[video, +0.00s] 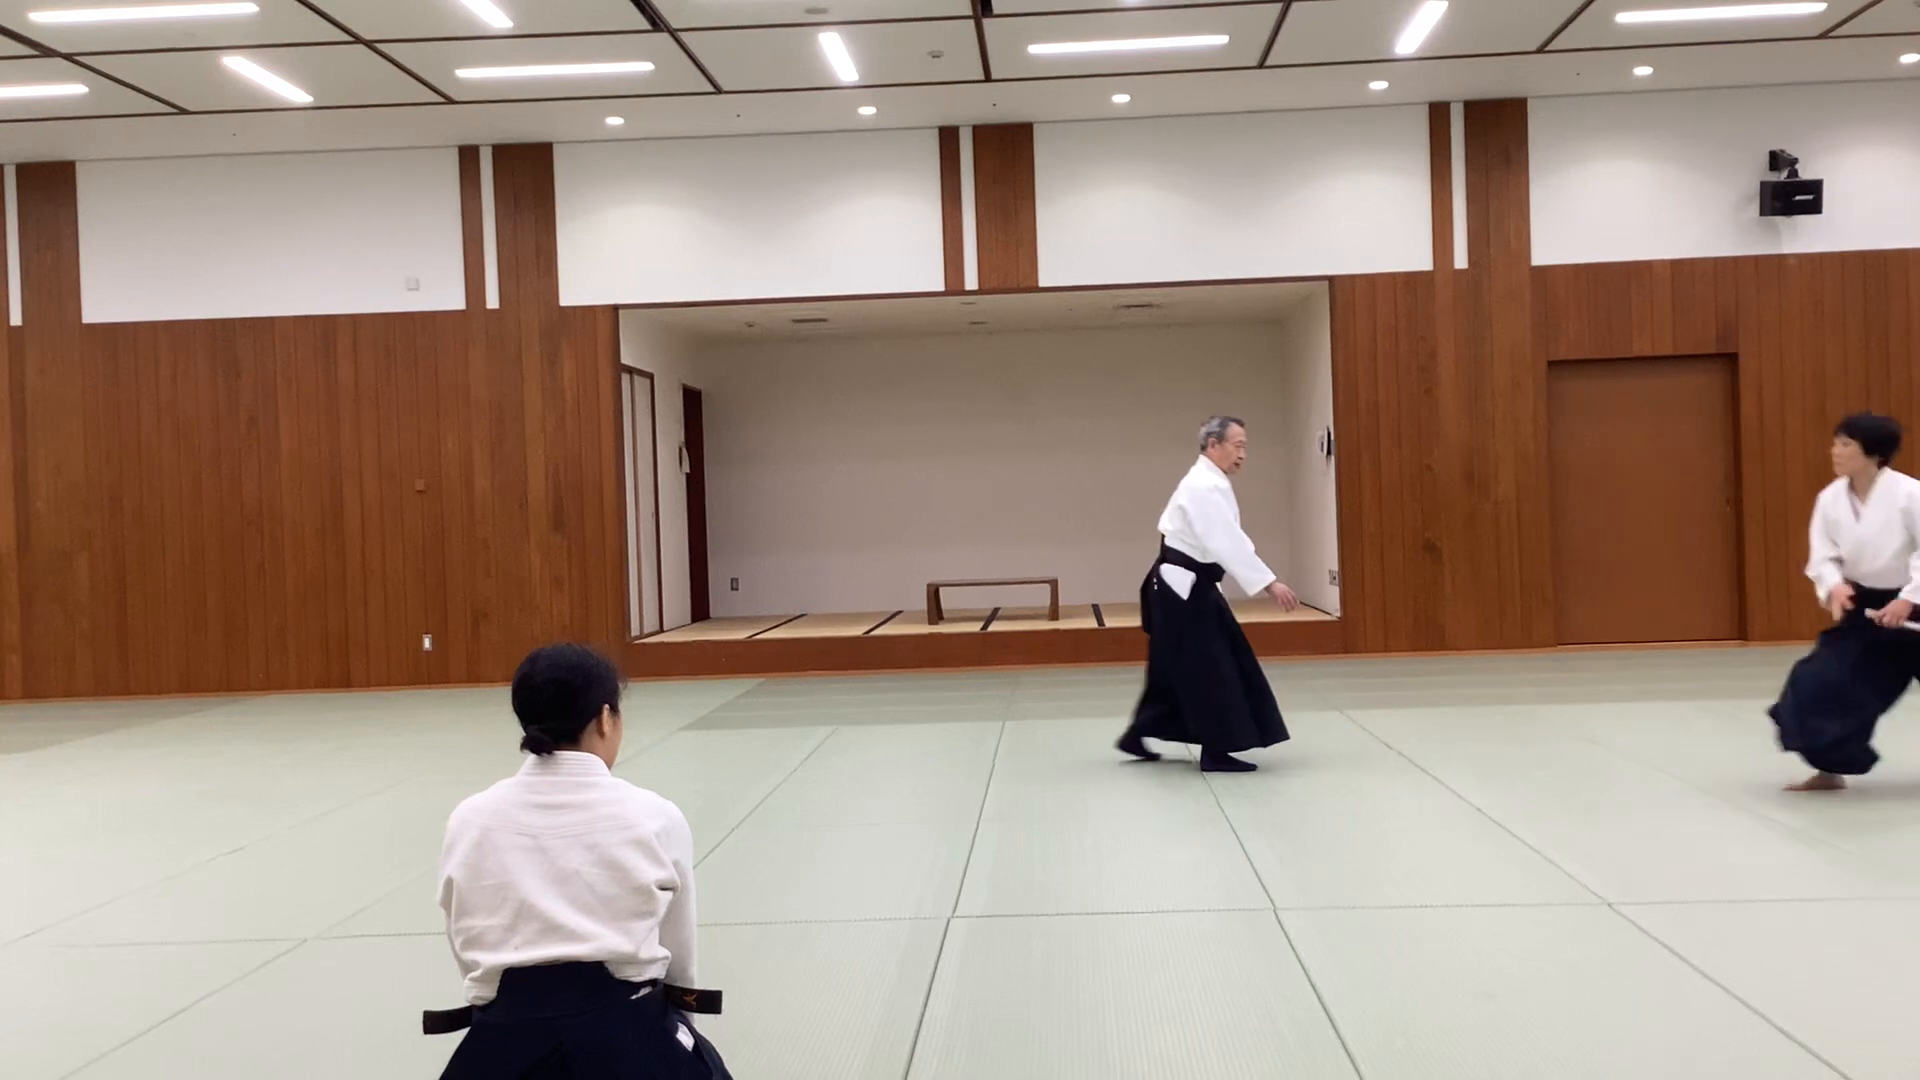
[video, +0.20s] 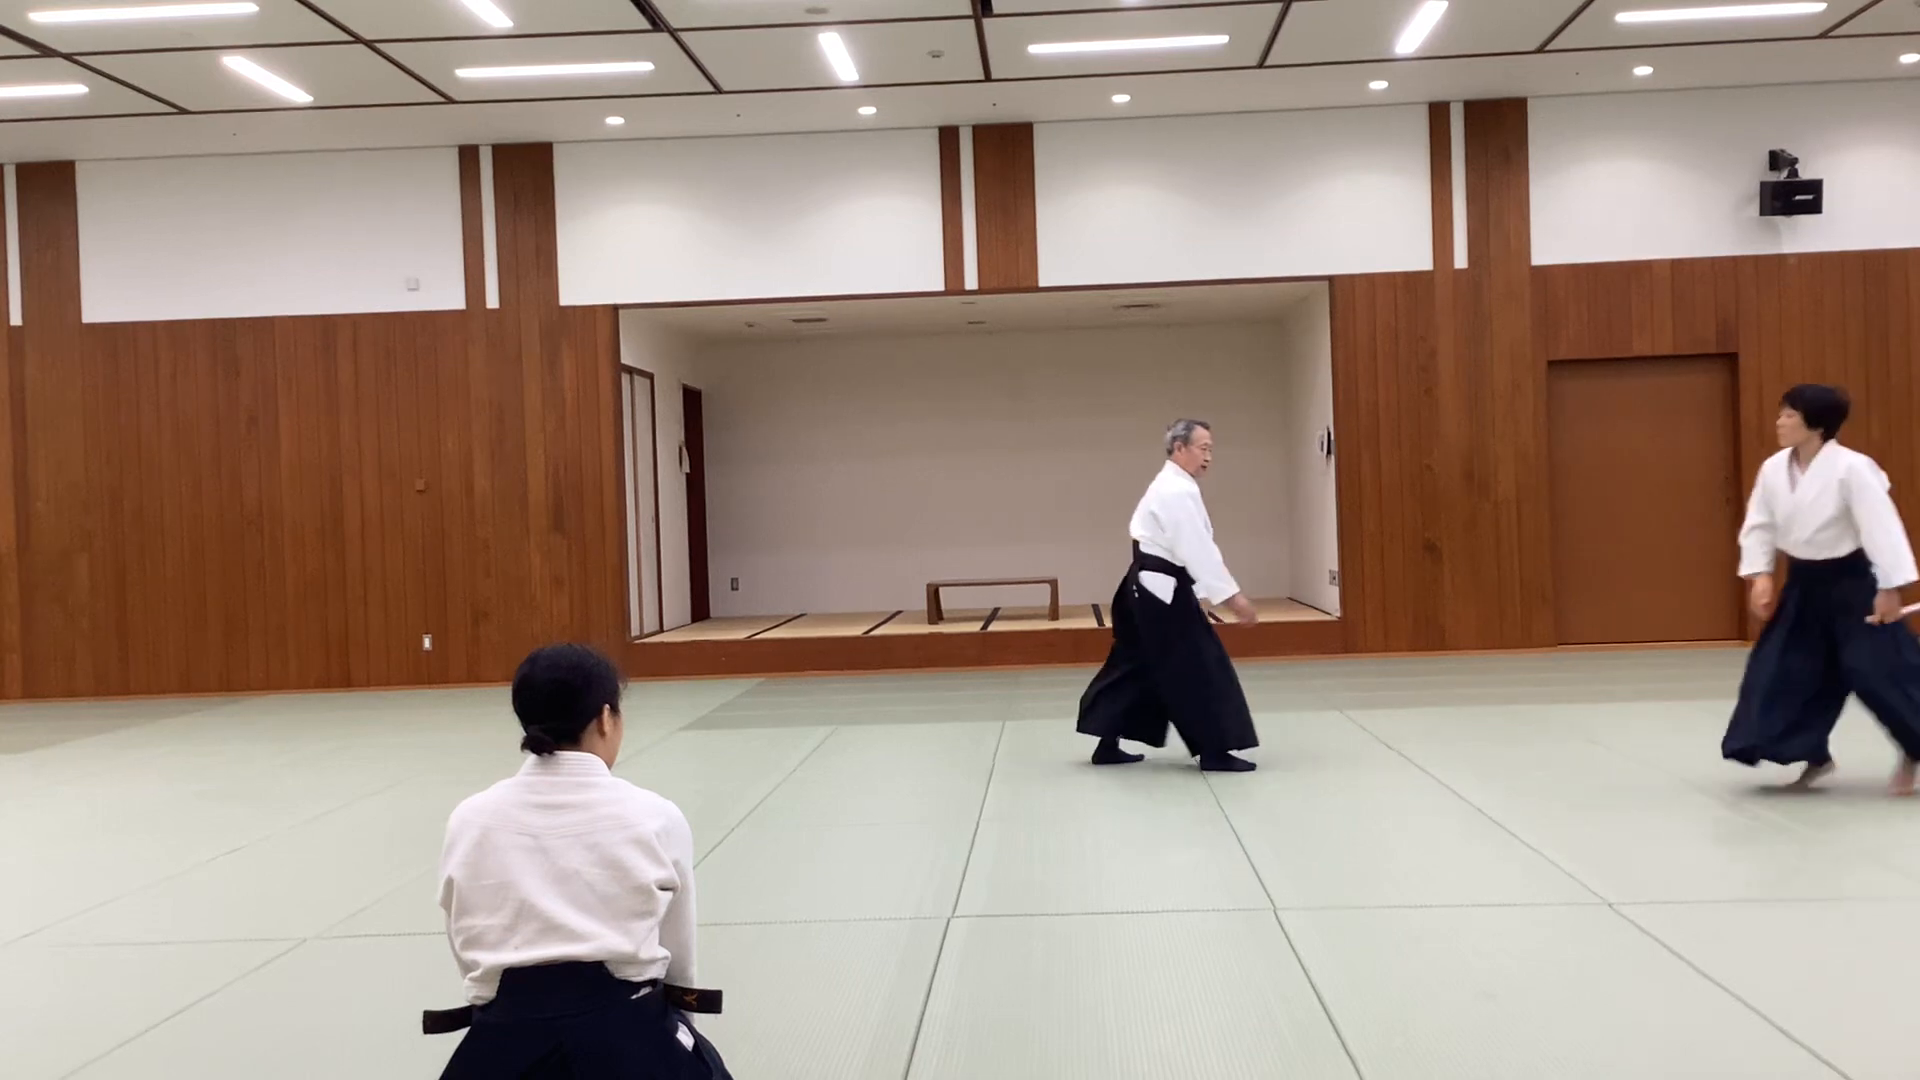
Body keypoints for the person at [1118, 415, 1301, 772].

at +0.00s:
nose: (1243, 453)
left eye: (1245, 446)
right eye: (1238, 446)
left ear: (1216, 448)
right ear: (1213, 446)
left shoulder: (1203, 478)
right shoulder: (1206, 486)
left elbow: (1227, 538)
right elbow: (1227, 542)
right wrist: (1270, 582)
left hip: (1174, 580)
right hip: (1185, 587)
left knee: (1173, 665)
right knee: (1216, 665)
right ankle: (1215, 753)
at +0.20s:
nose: (1209, 456)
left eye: (1210, 450)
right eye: (1203, 449)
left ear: (1180, 451)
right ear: (1179, 449)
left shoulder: (1166, 483)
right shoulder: (1179, 489)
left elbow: (1179, 550)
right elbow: (1198, 551)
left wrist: (1198, 599)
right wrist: (1235, 598)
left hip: (1142, 586)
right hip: (1161, 590)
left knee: (1133, 665)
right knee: (1200, 666)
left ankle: (1106, 745)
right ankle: (1214, 752)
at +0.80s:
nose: (1223, 454)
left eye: (1225, 447)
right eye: (1218, 445)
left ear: (1195, 448)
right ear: (1192, 445)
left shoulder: (1179, 478)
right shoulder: (1194, 486)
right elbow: (1208, 547)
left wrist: (1204, 574)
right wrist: (1225, 584)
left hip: (1152, 577)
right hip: (1170, 586)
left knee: (1148, 660)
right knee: (1183, 669)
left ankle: (1121, 730)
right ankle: (1171, 755)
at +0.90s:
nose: (1234, 451)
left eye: (1237, 444)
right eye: (1228, 442)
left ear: (1211, 445)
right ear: (1204, 443)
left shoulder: (1208, 482)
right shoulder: (1196, 478)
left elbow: (1220, 539)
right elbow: (1229, 515)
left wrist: (1259, 563)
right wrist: (1268, 531)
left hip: (1196, 583)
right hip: (1176, 583)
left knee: (1208, 664)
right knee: (1183, 664)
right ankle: (1173, 755)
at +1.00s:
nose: (1248, 449)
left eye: (1251, 444)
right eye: (1241, 441)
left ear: (1250, 449)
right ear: (1217, 441)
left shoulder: (1233, 480)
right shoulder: (1210, 470)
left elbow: (1248, 528)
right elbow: (1258, 477)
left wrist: (1278, 551)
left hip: (1215, 583)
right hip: (1186, 580)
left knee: (1244, 663)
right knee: (1185, 666)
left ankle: (1225, 738)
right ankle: (1171, 755)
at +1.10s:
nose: (1273, 448)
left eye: (1278, 442)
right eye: (1264, 440)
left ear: (1282, 449)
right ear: (1241, 444)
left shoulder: (1271, 494)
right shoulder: (1226, 473)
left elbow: (1281, 546)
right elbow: (1270, 460)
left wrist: (1292, 538)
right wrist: (1324, 441)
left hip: (1240, 587)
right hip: (1203, 581)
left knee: (1273, 662)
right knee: (1195, 668)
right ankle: (1174, 757)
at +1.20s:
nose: (1290, 456)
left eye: (1298, 448)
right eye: (1283, 448)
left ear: (1307, 456)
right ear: (1267, 452)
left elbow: (1303, 529)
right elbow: (1263, 453)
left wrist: (1281, 510)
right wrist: (1286, 429)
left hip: (1266, 590)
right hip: (1227, 584)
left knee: (1301, 654)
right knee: (1210, 667)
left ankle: (1297, 739)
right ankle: (1177, 751)